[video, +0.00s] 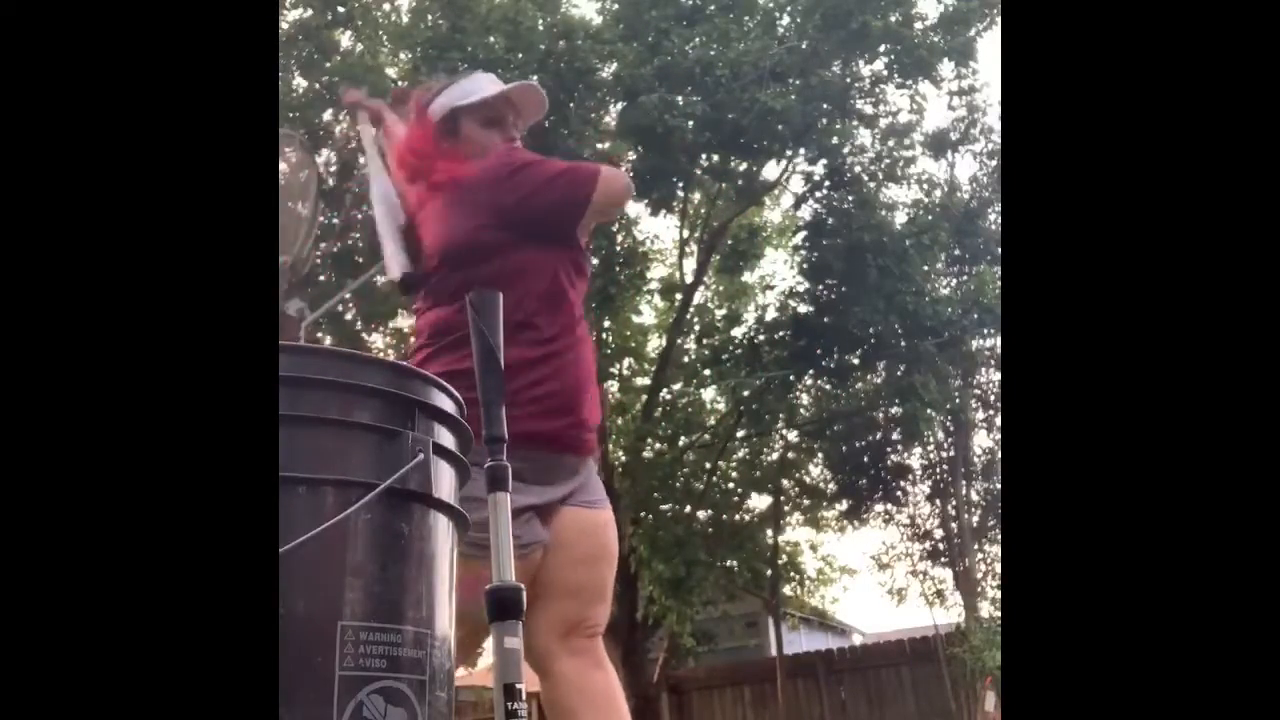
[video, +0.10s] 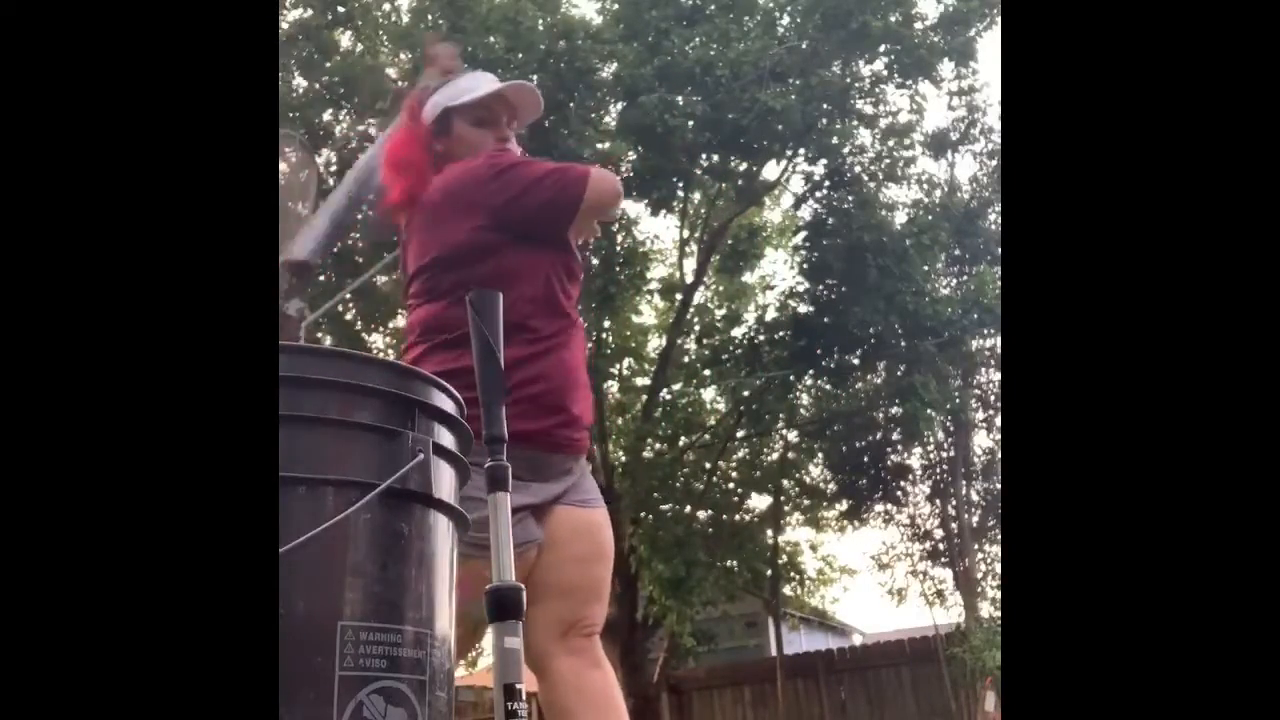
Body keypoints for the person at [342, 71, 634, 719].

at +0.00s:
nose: (511, 132)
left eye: (510, 122)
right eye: (493, 121)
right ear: (452, 132)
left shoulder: (443, 190)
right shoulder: (492, 179)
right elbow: (614, 186)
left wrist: (388, 123)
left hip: (565, 463)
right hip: (479, 464)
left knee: (576, 643)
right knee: (429, 657)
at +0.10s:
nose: (510, 135)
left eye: (514, 123)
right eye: (486, 121)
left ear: (520, 133)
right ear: (439, 136)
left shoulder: (513, 194)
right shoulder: (464, 184)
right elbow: (604, 187)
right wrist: (569, 230)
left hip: (561, 465)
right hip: (469, 467)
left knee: (575, 644)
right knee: (430, 654)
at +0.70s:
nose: (551, 87)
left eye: (565, 71)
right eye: (529, 75)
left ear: (588, 87)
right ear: (501, 92)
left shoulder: (632, 192)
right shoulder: (458, 169)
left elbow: (664, 307)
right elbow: (372, 250)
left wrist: (708, 267)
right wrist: (364, 307)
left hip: (583, 440)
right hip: (456, 435)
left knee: (604, 633)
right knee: (429, 631)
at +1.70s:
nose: (422, 21)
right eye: (389, 4)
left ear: (480, 14)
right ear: (351, 33)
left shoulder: (529, 101)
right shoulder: (340, 141)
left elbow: (570, 241)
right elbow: (318, 273)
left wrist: (617, 369)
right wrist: (310, 437)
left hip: (505, 390)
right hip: (380, 402)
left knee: (562, 599)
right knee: (379, 620)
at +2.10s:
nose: (562, 33)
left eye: (583, 18)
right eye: (543, 18)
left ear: (611, 38)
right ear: (513, 32)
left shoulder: (656, 153)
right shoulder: (462, 135)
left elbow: (687, 279)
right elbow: (357, 237)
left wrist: (711, 384)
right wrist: (388, 210)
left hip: (616, 430)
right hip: (478, 426)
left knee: (647, 638)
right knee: (458, 616)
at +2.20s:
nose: (584, 42)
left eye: (603, 26)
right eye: (564, 27)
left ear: (630, 43)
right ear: (536, 45)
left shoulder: (671, 156)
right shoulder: (490, 136)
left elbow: (705, 281)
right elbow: (398, 208)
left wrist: (729, 389)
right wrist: (421, 205)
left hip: (632, 426)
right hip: (496, 417)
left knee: (650, 631)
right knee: (460, 607)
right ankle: (390, 707)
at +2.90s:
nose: (486, 90)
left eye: (502, 77)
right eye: (467, 80)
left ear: (528, 92)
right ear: (445, 98)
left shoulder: (587, 192)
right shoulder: (400, 199)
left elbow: (662, 280)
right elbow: (364, 291)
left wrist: (672, 356)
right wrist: (414, 324)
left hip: (573, 440)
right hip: (450, 446)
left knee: (601, 621)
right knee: (426, 645)